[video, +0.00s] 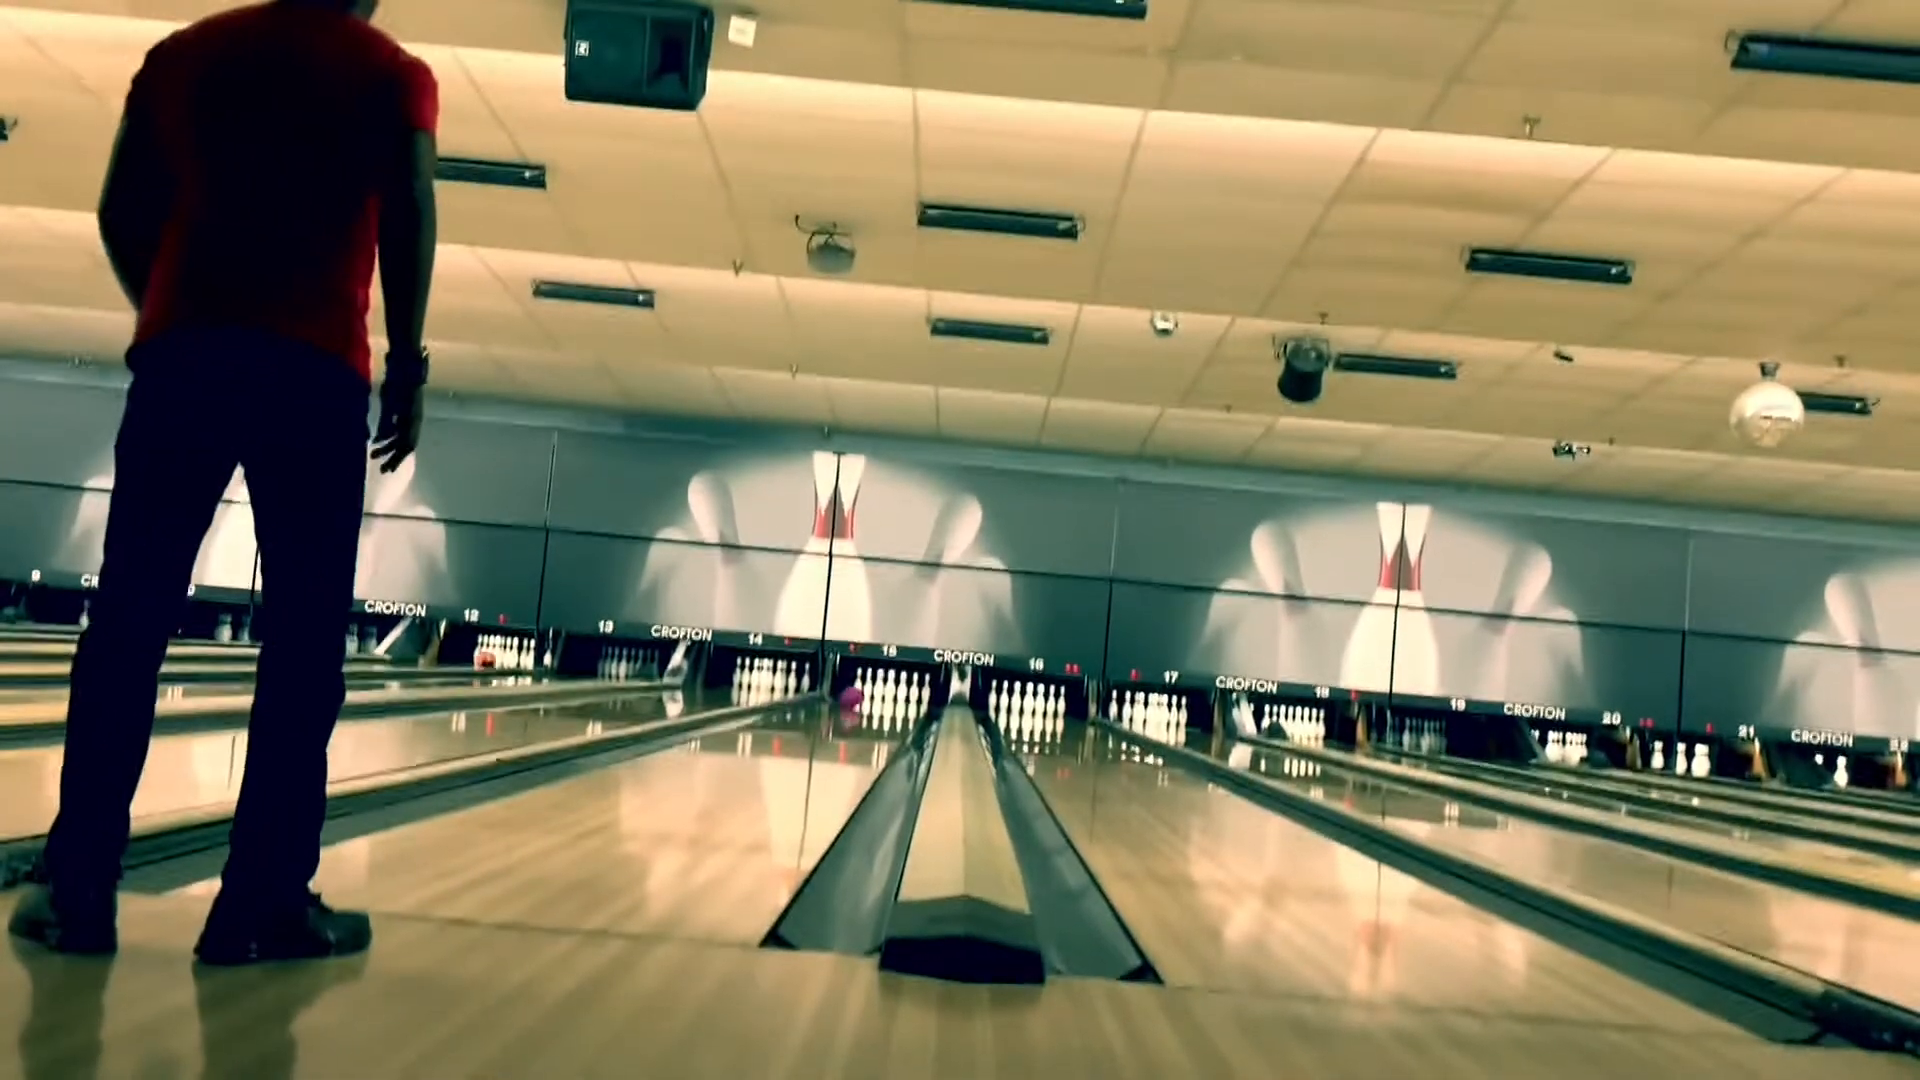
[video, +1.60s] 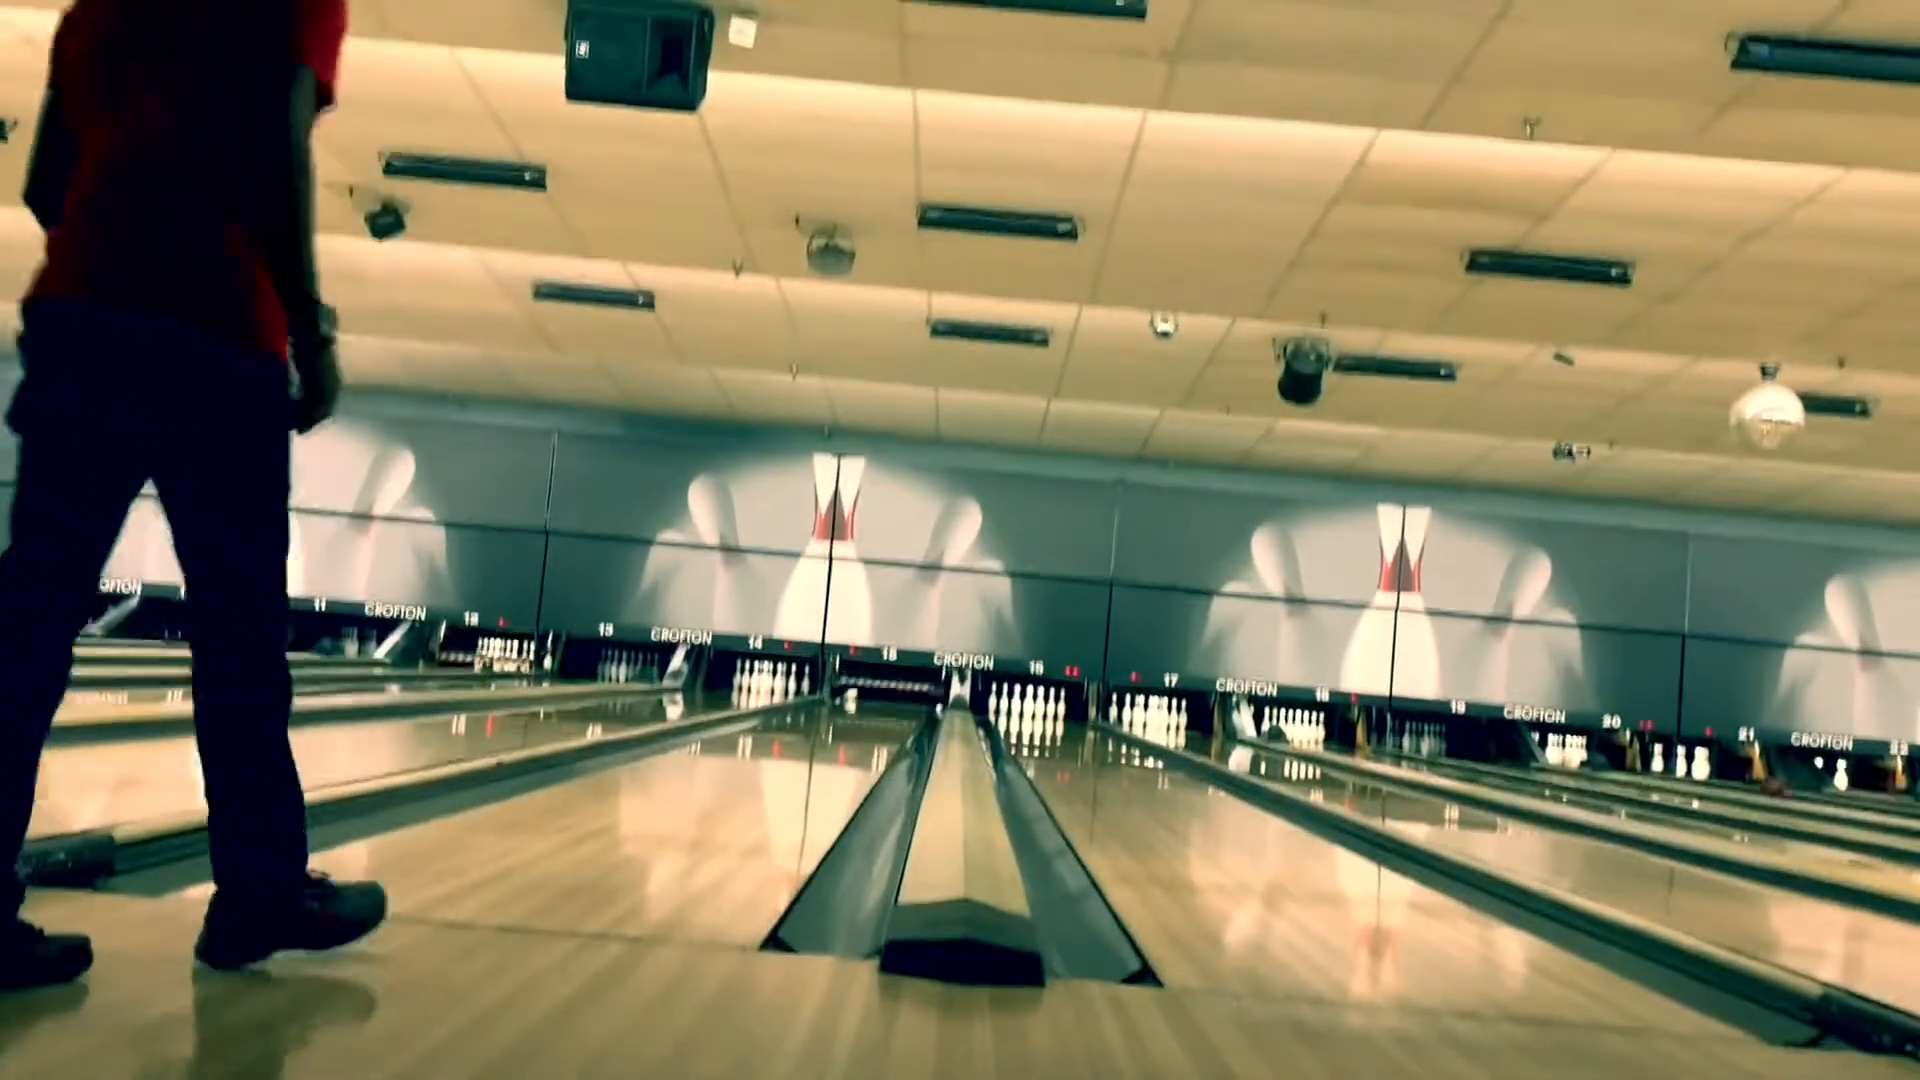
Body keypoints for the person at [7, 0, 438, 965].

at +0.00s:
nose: (381, 1)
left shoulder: (179, 53)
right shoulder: (394, 70)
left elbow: (121, 216)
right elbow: (409, 217)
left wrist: (179, 320)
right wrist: (405, 358)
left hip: (180, 366)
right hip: (313, 376)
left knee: (126, 622)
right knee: (304, 645)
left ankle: (78, 899)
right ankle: (262, 908)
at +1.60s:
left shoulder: (92, 11)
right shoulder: (309, 4)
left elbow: (45, 185)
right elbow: (281, 138)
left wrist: (138, 277)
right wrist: (310, 324)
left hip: (78, 323)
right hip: (218, 331)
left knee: (30, 620)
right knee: (240, 631)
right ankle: (260, 893)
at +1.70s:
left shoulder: (64, 5)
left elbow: (19, 141)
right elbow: (233, 87)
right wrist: (246, 288)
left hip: (42, 295)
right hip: (177, 304)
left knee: (12, 613)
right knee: (218, 606)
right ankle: (215, 897)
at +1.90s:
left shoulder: (174, 16)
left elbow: (110, 141)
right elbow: (62, 79)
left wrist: (168, 287)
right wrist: (115, 286)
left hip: (78, 305)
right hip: (73, 308)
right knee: (120, 605)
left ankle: (35, 940)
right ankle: (31, 945)